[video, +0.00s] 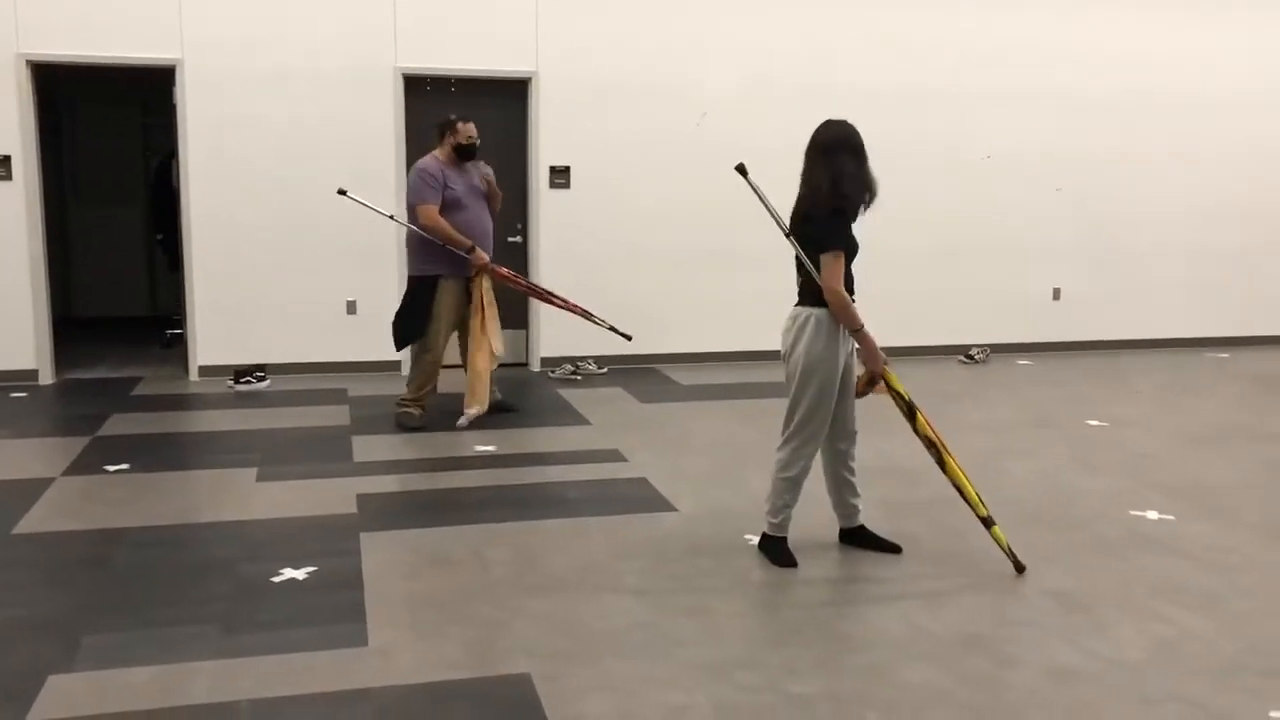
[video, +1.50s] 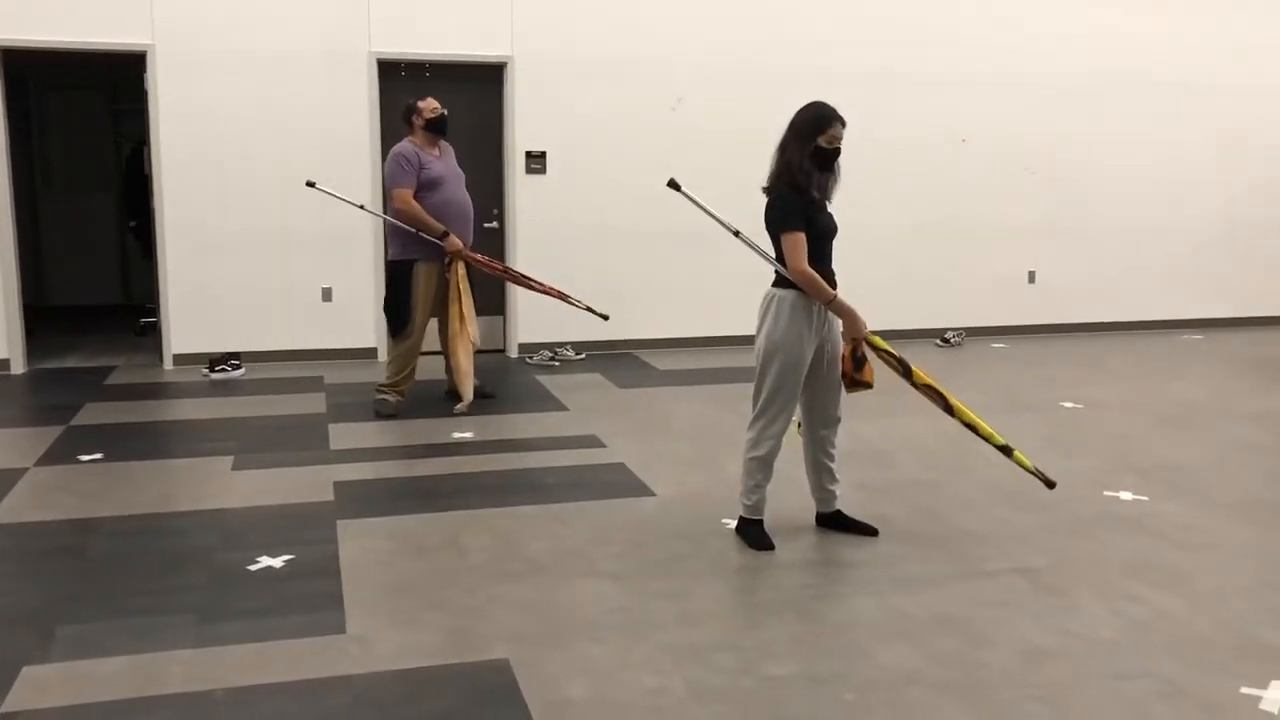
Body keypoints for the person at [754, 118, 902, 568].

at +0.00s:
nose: (863, 169)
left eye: (861, 159)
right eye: (859, 160)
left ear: (817, 160)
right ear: (848, 163)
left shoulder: (823, 211)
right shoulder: (828, 215)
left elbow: (831, 288)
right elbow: (833, 290)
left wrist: (858, 344)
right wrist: (868, 345)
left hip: (834, 330)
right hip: (817, 330)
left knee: (841, 435)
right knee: (804, 435)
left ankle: (851, 526)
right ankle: (774, 532)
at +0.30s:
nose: (857, 164)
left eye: (858, 155)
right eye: (853, 155)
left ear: (820, 152)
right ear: (837, 156)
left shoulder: (824, 203)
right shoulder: (815, 207)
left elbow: (827, 281)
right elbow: (822, 283)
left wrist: (851, 346)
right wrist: (861, 339)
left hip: (834, 325)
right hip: (809, 325)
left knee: (837, 430)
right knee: (796, 430)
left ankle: (845, 523)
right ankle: (768, 529)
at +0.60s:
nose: (856, 164)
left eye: (858, 156)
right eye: (851, 155)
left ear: (830, 152)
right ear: (831, 152)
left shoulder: (824, 203)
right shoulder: (807, 205)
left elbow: (827, 280)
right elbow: (822, 281)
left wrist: (850, 338)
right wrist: (867, 333)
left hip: (832, 322)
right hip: (805, 321)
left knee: (836, 428)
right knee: (788, 428)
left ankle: (841, 521)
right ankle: (764, 526)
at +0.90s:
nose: (852, 161)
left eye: (855, 153)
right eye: (847, 152)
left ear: (843, 150)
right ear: (824, 148)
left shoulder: (826, 203)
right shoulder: (801, 202)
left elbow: (827, 276)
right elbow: (814, 278)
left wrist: (854, 329)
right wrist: (863, 322)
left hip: (833, 319)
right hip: (801, 318)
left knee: (835, 424)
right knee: (784, 425)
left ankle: (838, 519)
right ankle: (761, 524)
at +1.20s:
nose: (845, 159)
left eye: (849, 151)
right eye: (839, 150)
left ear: (842, 148)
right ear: (817, 146)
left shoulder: (824, 199)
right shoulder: (796, 198)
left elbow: (826, 271)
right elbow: (805, 274)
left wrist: (850, 327)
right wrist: (858, 318)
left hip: (831, 316)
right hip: (798, 315)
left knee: (831, 422)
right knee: (779, 422)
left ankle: (835, 516)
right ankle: (758, 521)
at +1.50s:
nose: (832, 151)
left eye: (837, 144)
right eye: (827, 142)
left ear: (836, 142)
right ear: (804, 138)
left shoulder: (814, 193)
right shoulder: (786, 192)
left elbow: (817, 265)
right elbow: (796, 268)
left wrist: (842, 321)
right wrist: (846, 311)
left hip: (822, 311)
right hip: (790, 309)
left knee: (824, 416)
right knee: (772, 416)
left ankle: (827, 510)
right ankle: (751, 516)